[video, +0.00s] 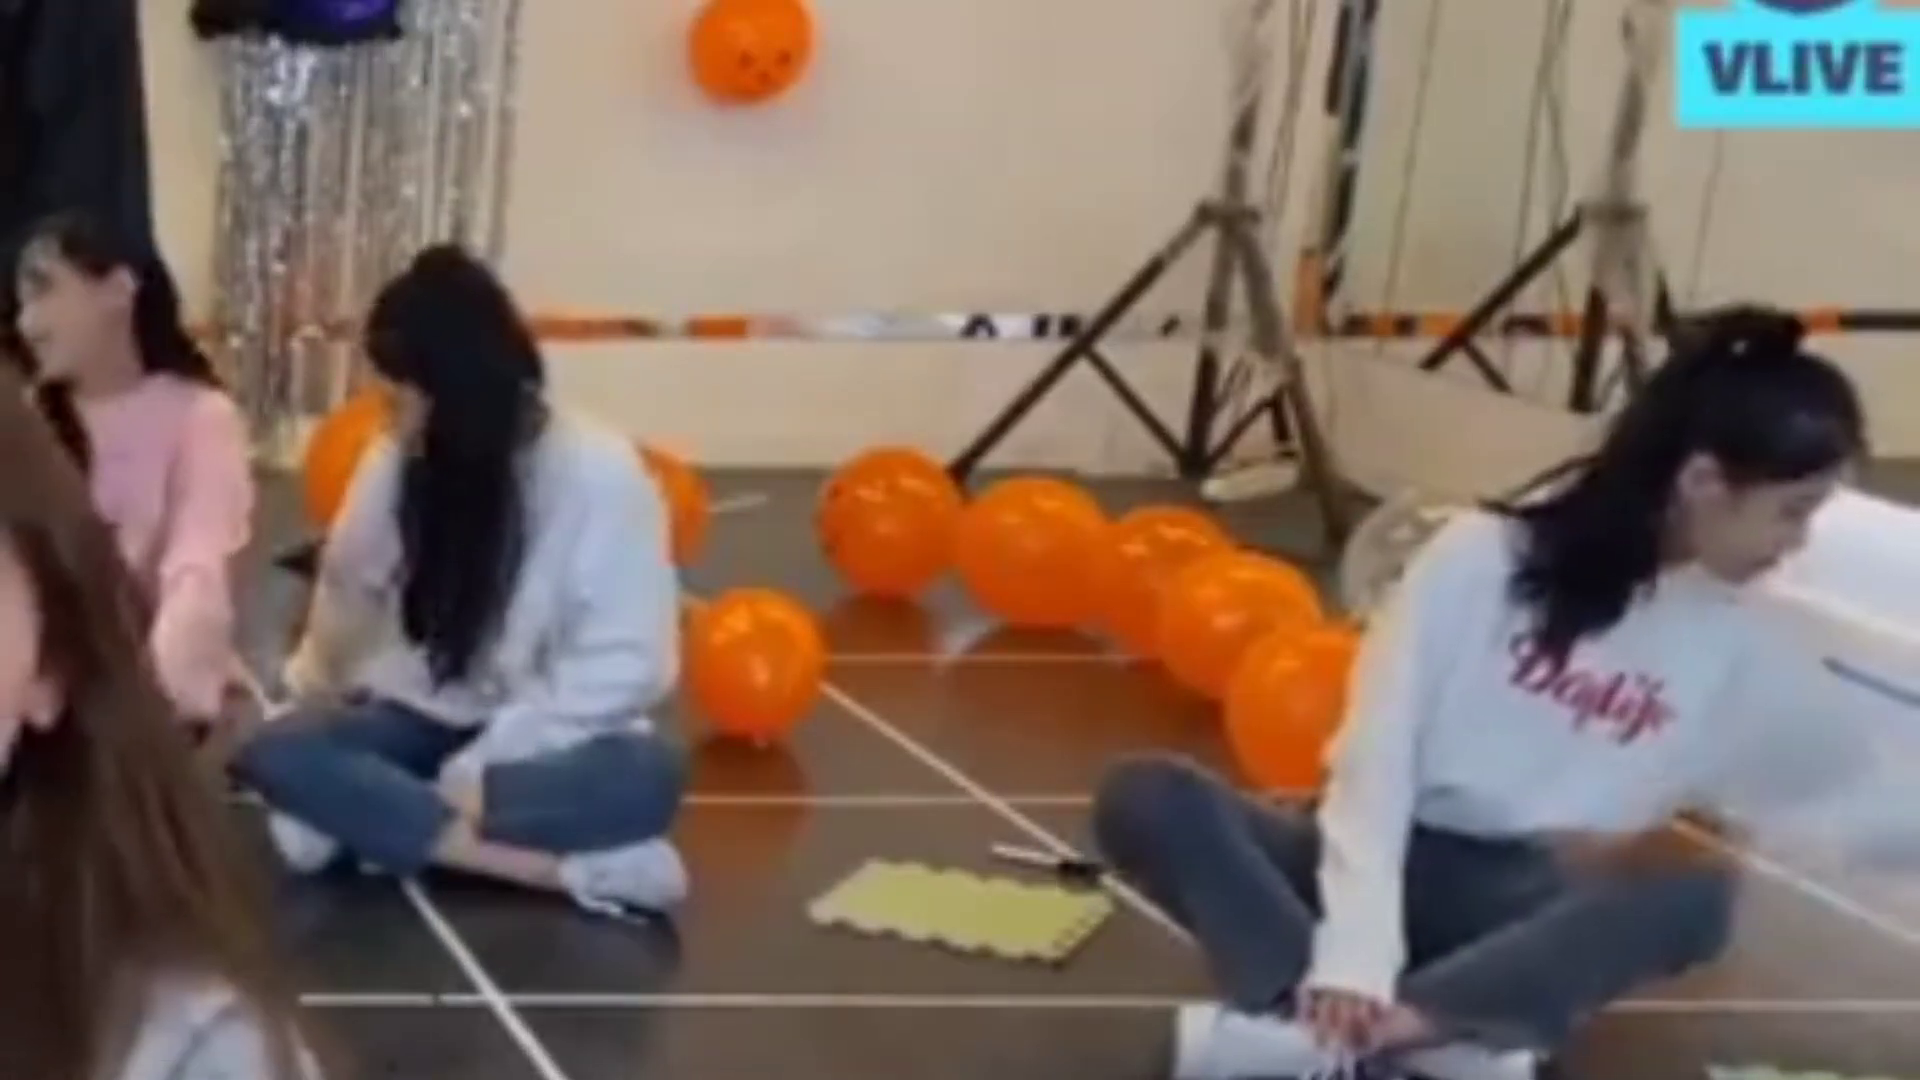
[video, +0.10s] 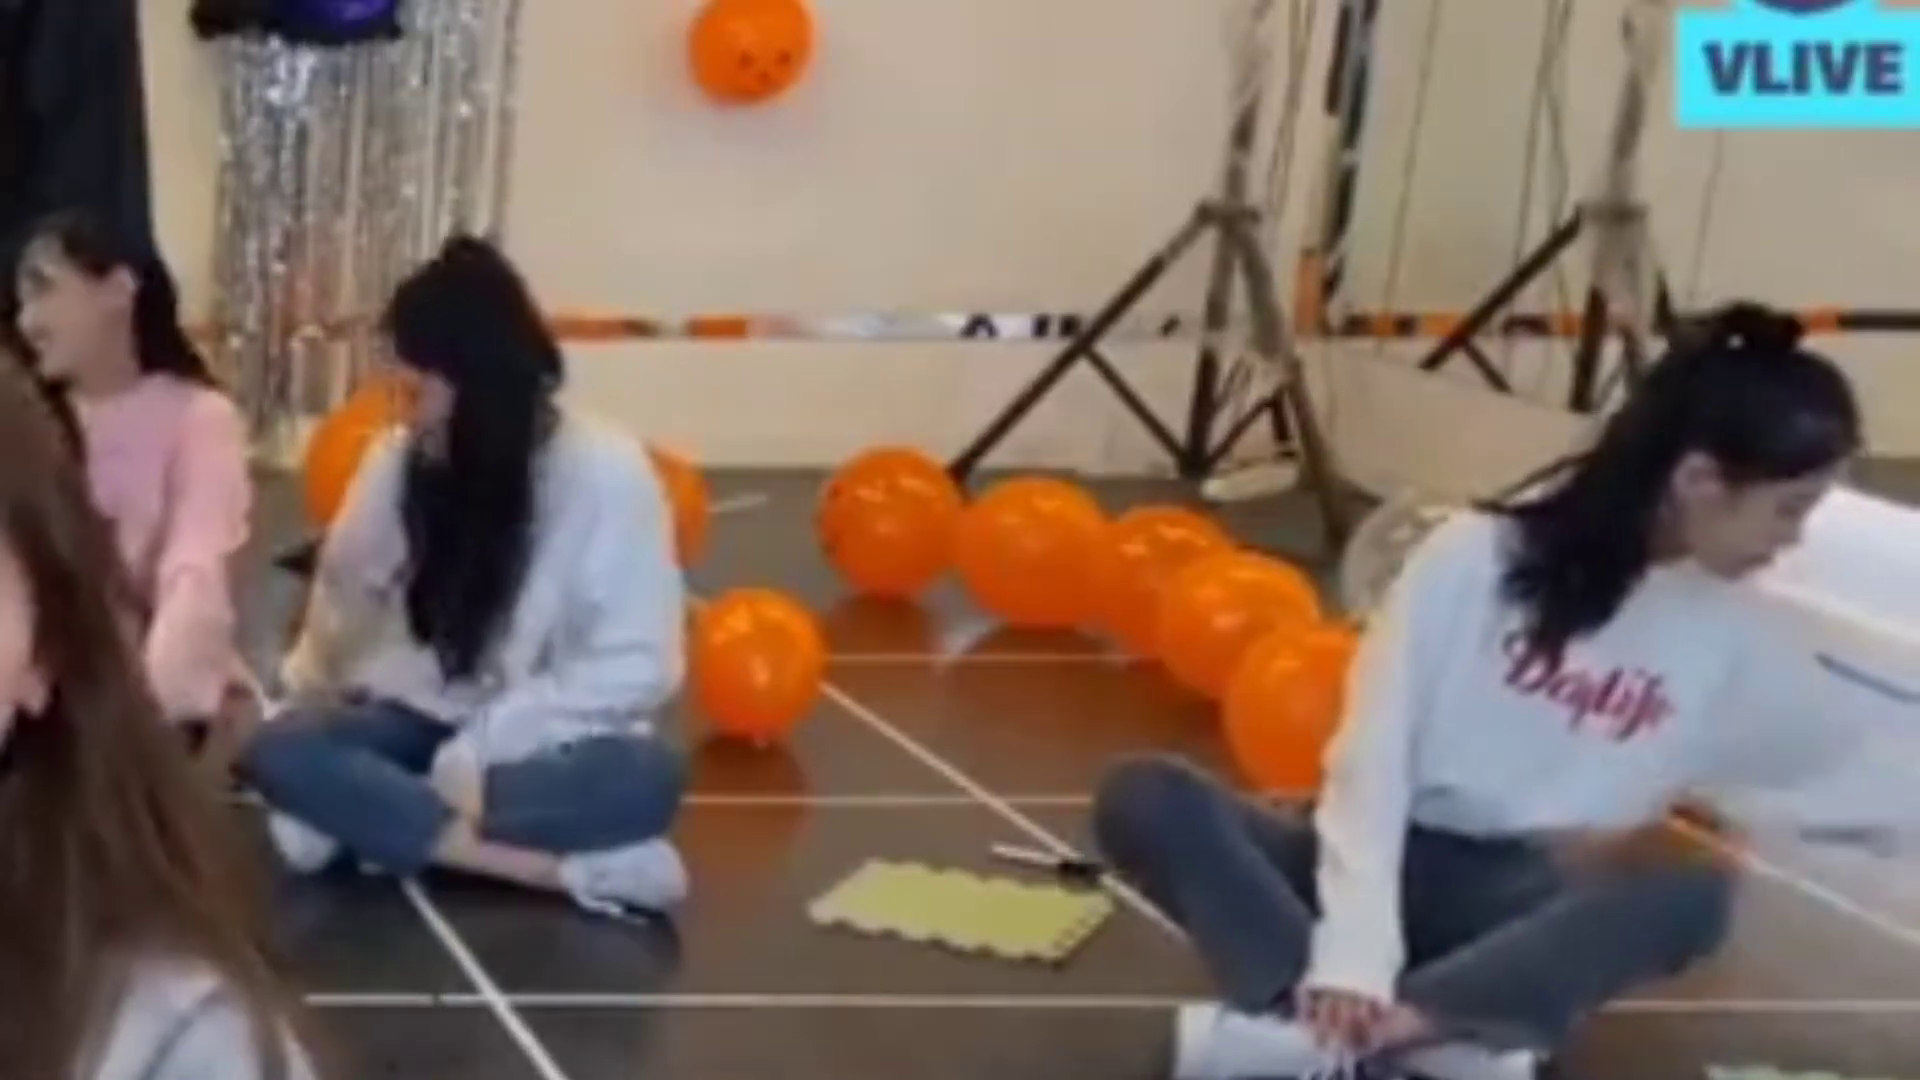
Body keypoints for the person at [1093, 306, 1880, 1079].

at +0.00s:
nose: (1804, 537)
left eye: (1815, 511)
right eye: (1794, 508)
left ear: (1707, 485)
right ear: (1700, 481)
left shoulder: (1750, 651)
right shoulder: (1476, 557)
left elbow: (1883, 789)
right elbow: (1370, 764)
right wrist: (1354, 958)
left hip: (1515, 892)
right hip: (1364, 857)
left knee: (1696, 900)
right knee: (1143, 793)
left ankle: (1320, 1041)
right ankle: (1400, 1050)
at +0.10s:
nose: (1795, 538)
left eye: (1810, 512)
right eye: (1788, 508)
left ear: (1711, 489)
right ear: (1699, 480)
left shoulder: (1731, 647)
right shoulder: (1471, 555)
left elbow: (1893, 772)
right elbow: (1366, 760)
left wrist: (1740, 816)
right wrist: (1351, 952)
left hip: (1503, 892)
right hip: (1359, 852)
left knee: (1689, 897)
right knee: (1142, 792)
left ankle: (1322, 1042)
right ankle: (1407, 1047)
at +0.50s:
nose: (1755, 530)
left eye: (1768, 505)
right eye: (1743, 502)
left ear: (1671, 477)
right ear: (1655, 469)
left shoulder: (1689, 624)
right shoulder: (1451, 558)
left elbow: (1670, 823)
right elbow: (1340, 772)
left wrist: (1839, 819)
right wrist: (1416, 922)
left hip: (1509, 892)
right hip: (1357, 855)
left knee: (1691, 893)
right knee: (1133, 807)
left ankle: (1359, 1026)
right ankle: (1425, 1036)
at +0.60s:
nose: (1718, 513)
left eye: (1734, 487)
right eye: (1706, 484)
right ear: (1607, 453)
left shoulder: (1680, 627)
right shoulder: (1418, 554)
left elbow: (1689, 821)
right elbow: (1345, 774)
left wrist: (1859, 849)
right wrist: (1469, 884)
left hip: (1508, 899)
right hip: (1354, 866)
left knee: (1680, 890)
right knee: (1119, 816)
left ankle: (1328, 1033)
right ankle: (1393, 1042)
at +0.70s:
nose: (1651, 495)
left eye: (1667, 468)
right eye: (1633, 464)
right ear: (1535, 433)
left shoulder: (1652, 597)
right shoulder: (1373, 564)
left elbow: (1702, 799)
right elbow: (1326, 793)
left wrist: (1871, 878)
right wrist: (1472, 876)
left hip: (1512, 904)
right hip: (1346, 884)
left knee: (1670, 887)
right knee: (1104, 833)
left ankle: (1316, 1032)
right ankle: (1396, 1049)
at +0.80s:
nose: (1617, 487)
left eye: (1639, 461)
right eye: (1599, 453)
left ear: (1655, 449)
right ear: (1497, 421)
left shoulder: (1630, 594)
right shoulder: (1340, 567)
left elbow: (1706, 782)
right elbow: (1284, 790)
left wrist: (1881, 866)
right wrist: (1410, 886)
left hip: (1490, 904)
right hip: (1325, 888)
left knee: (1670, 884)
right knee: (1098, 841)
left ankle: (1314, 1031)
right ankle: (1398, 1046)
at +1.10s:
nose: (1596, 507)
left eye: (1622, 480)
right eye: (1573, 472)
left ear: (1643, 468)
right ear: (1473, 440)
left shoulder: (1635, 628)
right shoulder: (1332, 587)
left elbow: (1783, 778)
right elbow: (1226, 756)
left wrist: (1905, 840)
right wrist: (1249, 903)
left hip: (1472, 913)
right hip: (1299, 889)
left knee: (1666, 890)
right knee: (1080, 861)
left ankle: (1321, 1028)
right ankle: (1407, 1043)